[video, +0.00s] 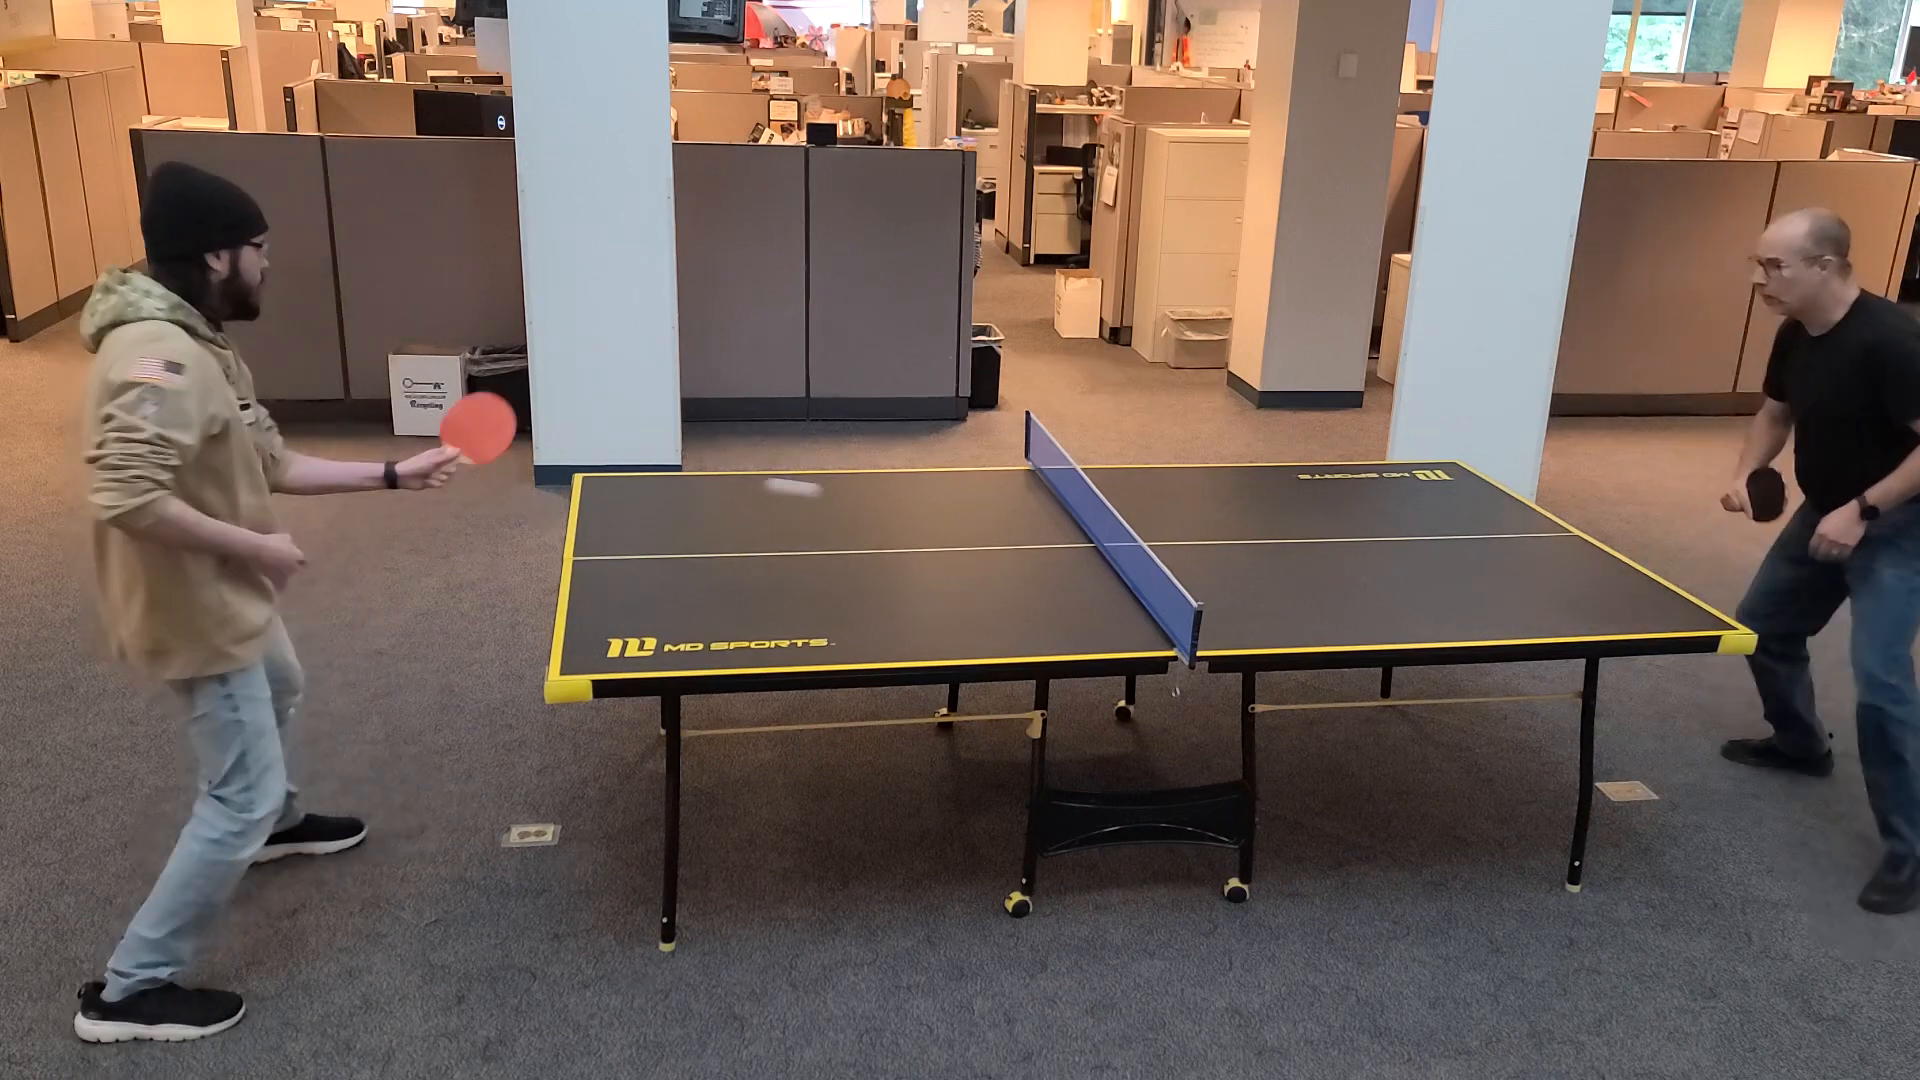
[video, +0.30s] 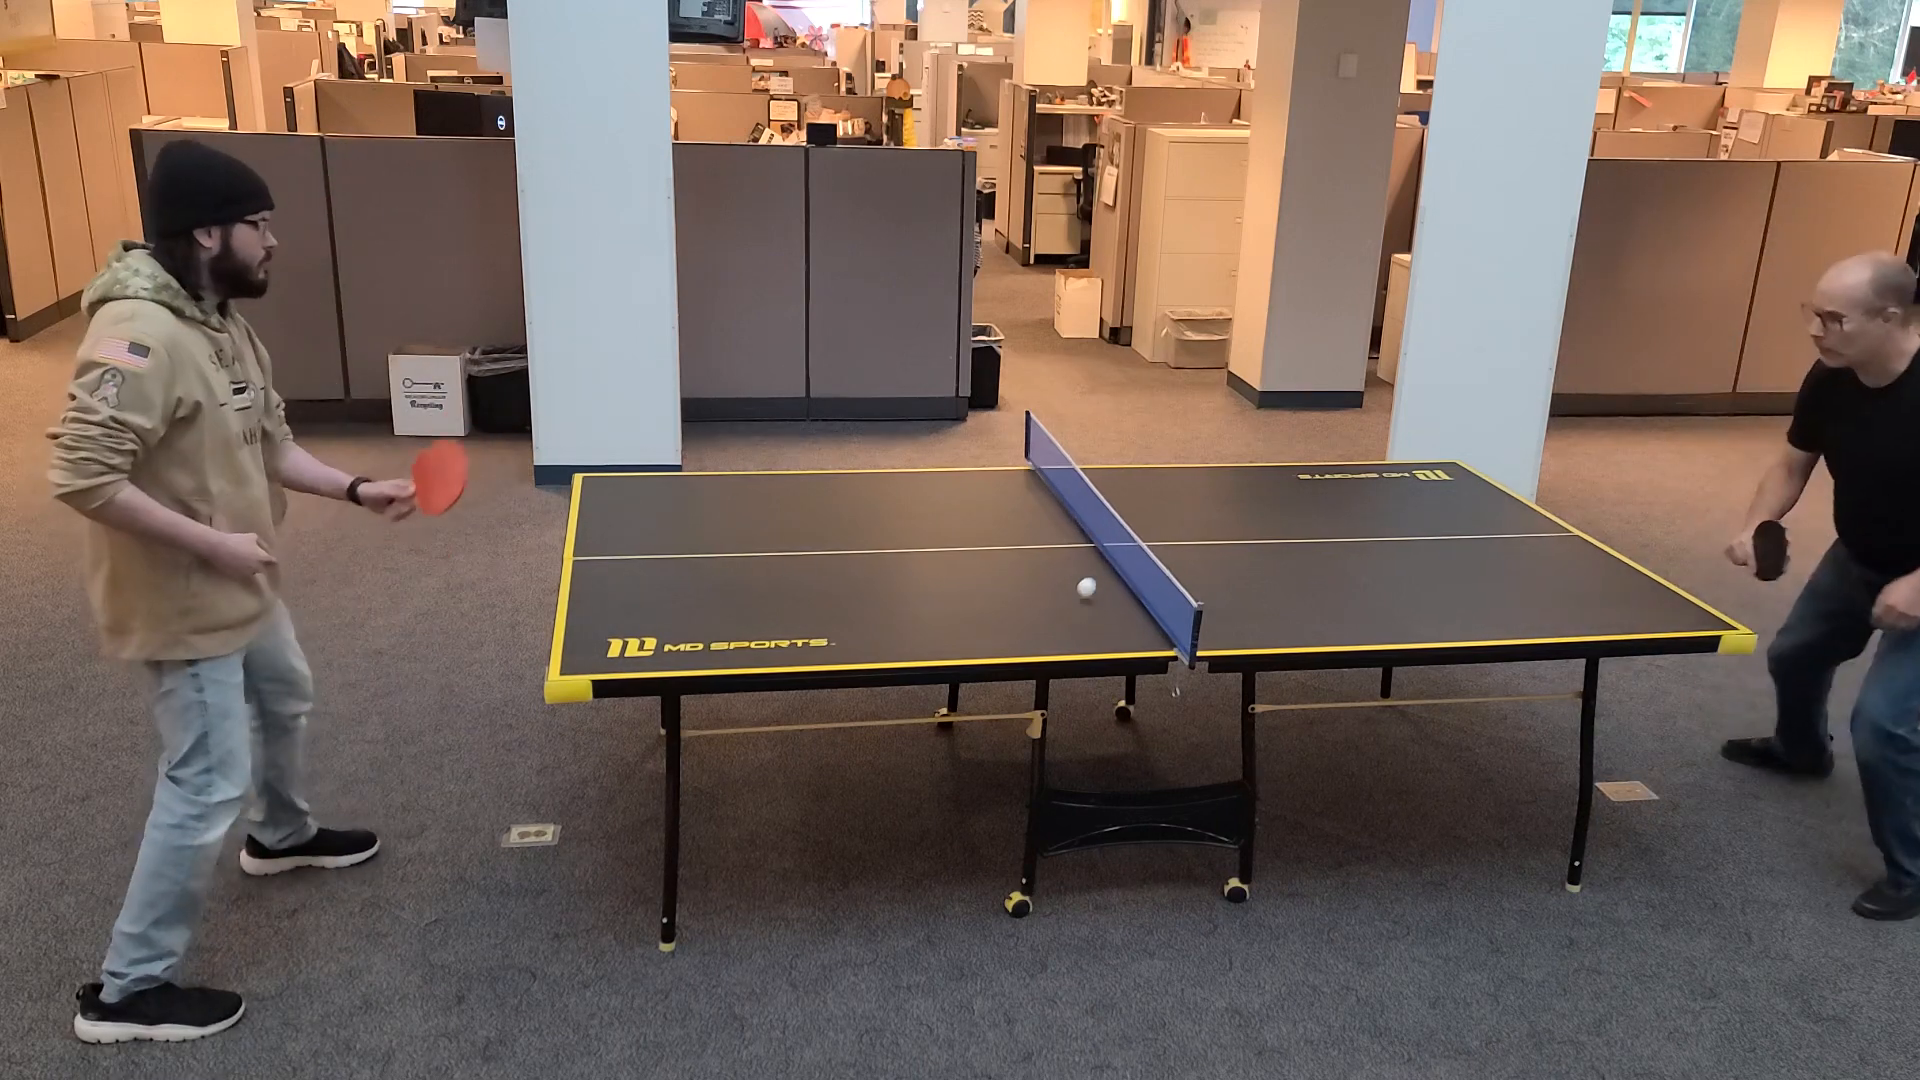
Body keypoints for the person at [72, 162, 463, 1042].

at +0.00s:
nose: (266, 264)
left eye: (262, 247)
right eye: (255, 248)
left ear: (200, 257)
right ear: (213, 257)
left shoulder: (202, 347)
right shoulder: (153, 355)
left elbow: (274, 467)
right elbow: (128, 496)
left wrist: (393, 471)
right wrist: (250, 544)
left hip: (231, 589)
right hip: (194, 610)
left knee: (278, 686)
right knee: (245, 796)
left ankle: (267, 818)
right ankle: (131, 985)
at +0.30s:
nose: (273, 239)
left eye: (268, 222)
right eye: (258, 224)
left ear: (212, 238)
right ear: (206, 238)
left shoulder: (227, 325)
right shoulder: (137, 332)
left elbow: (271, 449)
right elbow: (84, 475)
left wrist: (355, 487)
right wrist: (210, 541)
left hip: (241, 579)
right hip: (181, 600)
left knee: (285, 695)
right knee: (208, 783)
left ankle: (280, 831)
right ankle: (130, 983)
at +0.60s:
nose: (315, 223)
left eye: (315, 207)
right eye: (298, 209)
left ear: (271, 214)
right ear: (244, 217)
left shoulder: (262, 298)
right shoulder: (191, 305)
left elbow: (270, 434)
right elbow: (116, 438)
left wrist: (318, 515)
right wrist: (221, 544)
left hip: (275, 551)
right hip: (227, 568)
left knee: (294, 700)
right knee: (278, 734)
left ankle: (278, 828)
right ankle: (182, 926)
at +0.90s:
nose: (367, 244)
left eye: (370, 228)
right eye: (352, 230)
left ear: (333, 234)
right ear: (298, 234)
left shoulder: (327, 314)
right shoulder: (236, 321)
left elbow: (338, 438)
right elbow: (143, 450)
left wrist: (364, 528)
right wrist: (192, 578)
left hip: (307, 561)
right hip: (257, 574)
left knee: (286, 694)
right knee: (329, 745)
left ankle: (273, 830)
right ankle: (355, 951)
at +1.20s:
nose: (428, 290)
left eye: (430, 273)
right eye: (413, 276)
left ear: (377, 274)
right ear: (352, 277)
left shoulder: (400, 345)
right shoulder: (262, 373)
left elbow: (417, 470)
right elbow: (195, 517)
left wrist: (430, 574)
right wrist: (262, 642)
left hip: (395, 609)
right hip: (316, 632)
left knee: (420, 731)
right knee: (367, 800)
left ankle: (333, 809)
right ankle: (361, 965)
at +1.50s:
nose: (524, 329)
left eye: (528, 312)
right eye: (514, 312)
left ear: (471, 305)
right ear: (452, 303)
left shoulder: (494, 377)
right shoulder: (322, 385)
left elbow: (492, 511)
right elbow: (261, 537)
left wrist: (487, 616)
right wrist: (329, 662)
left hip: (452, 635)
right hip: (347, 651)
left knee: (494, 816)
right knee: (357, 832)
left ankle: (516, 987)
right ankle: (358, 972)